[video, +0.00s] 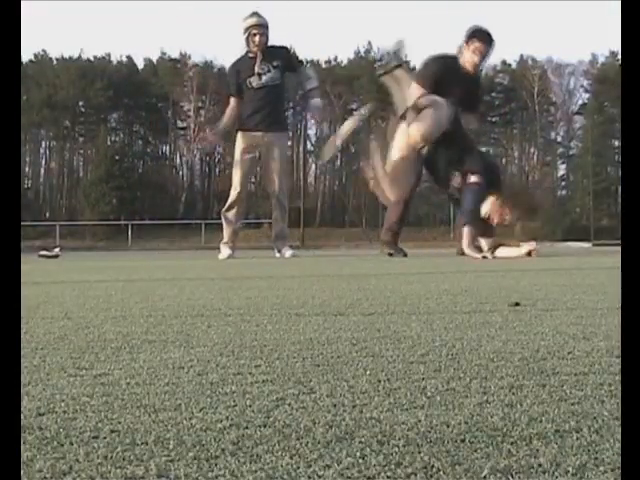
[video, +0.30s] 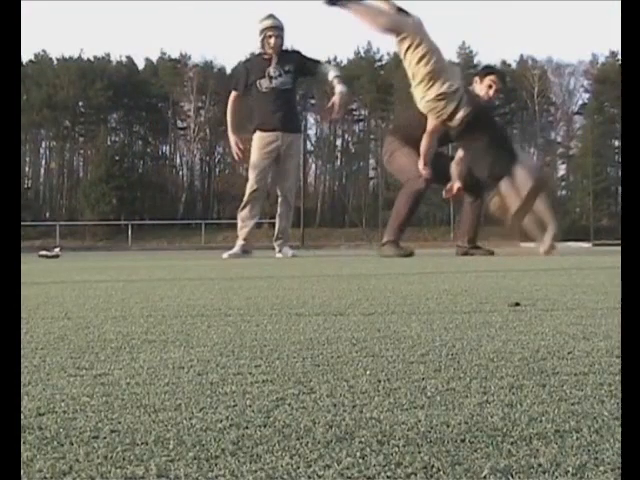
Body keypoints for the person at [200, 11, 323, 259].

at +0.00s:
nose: (257, 38)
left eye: (261, 33)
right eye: (252, 34)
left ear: (268, 34)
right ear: (246, 37)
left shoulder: (282, 55)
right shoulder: (237, 67)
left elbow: (305, 76)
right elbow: (234, 105)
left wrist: (314, 100)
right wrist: (218, 131)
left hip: (277, 134)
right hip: (247, 134)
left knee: (280, 191)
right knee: (237, 190)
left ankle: (281, 245)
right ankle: (227, 244)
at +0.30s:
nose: (274, 40)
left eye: (277, 36)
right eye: (269, 36)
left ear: (283, 38)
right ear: (261, 38)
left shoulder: (294, 59)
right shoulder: (248, 65)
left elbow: (327, 70)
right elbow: (233, 99)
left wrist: (340, 91)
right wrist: (231, 134)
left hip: (292, 136)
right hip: (263, 135)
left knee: (288, 192)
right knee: (254, 189)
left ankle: (282, 244)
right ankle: (242, 243)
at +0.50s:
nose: (283, 43)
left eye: (286, 38)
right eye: (278, 39)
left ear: (292, 39)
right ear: (271, 41)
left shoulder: (302, 62)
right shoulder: (255, 62)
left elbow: (329, 75)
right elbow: (227, 82)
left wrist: (351, 82)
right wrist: (211, 110)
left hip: (295, 137)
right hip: (268, 136)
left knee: (290, 192)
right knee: (260, 187)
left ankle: (282, 244)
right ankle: (245, 242)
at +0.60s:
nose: (286, 44)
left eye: (289, 39)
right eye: (281, 40)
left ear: (295, 41)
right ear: (273, 42)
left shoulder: (303, 65)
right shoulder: (258, 60)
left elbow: (328, 76)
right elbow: (226, 69)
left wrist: (353, 73)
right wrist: (202, 89)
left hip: (296, 136)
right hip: (269, 134)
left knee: (290, 190)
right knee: (266, 183)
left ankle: (284, 243)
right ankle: (251, 238)